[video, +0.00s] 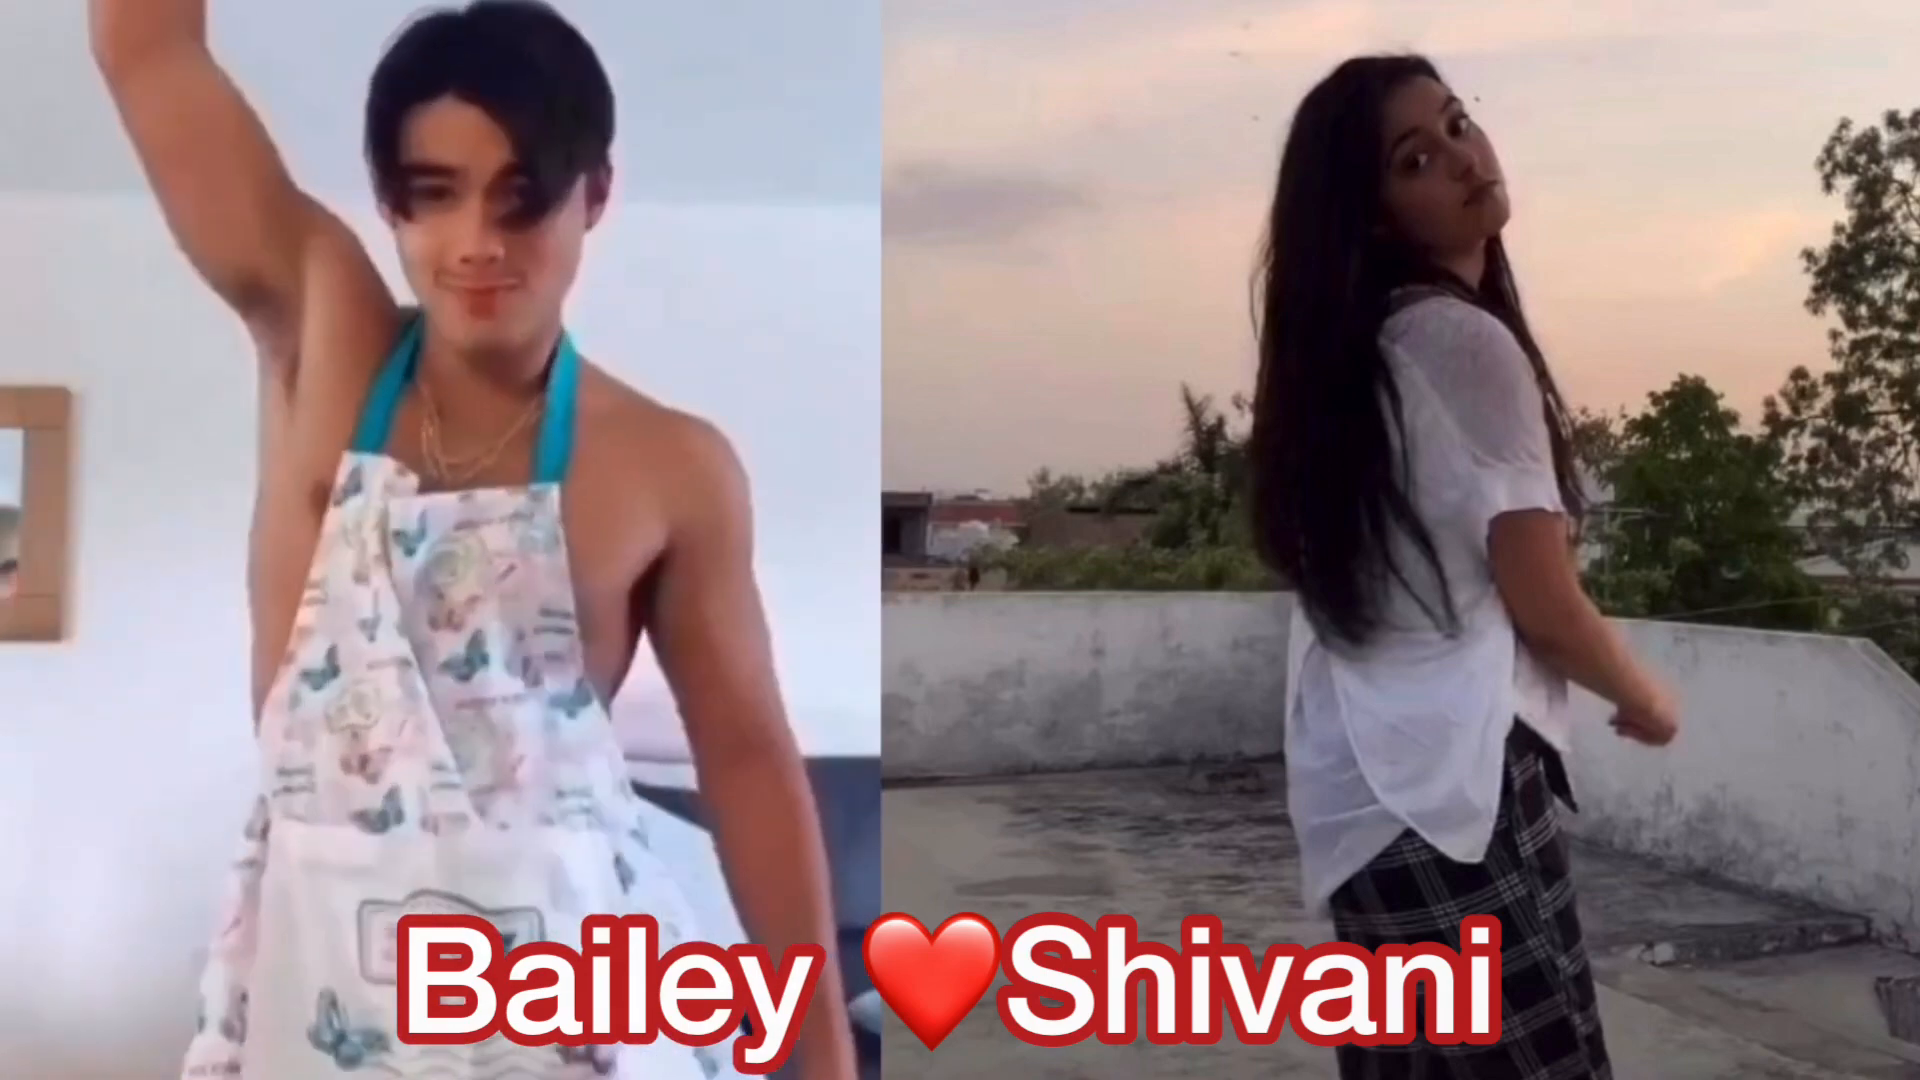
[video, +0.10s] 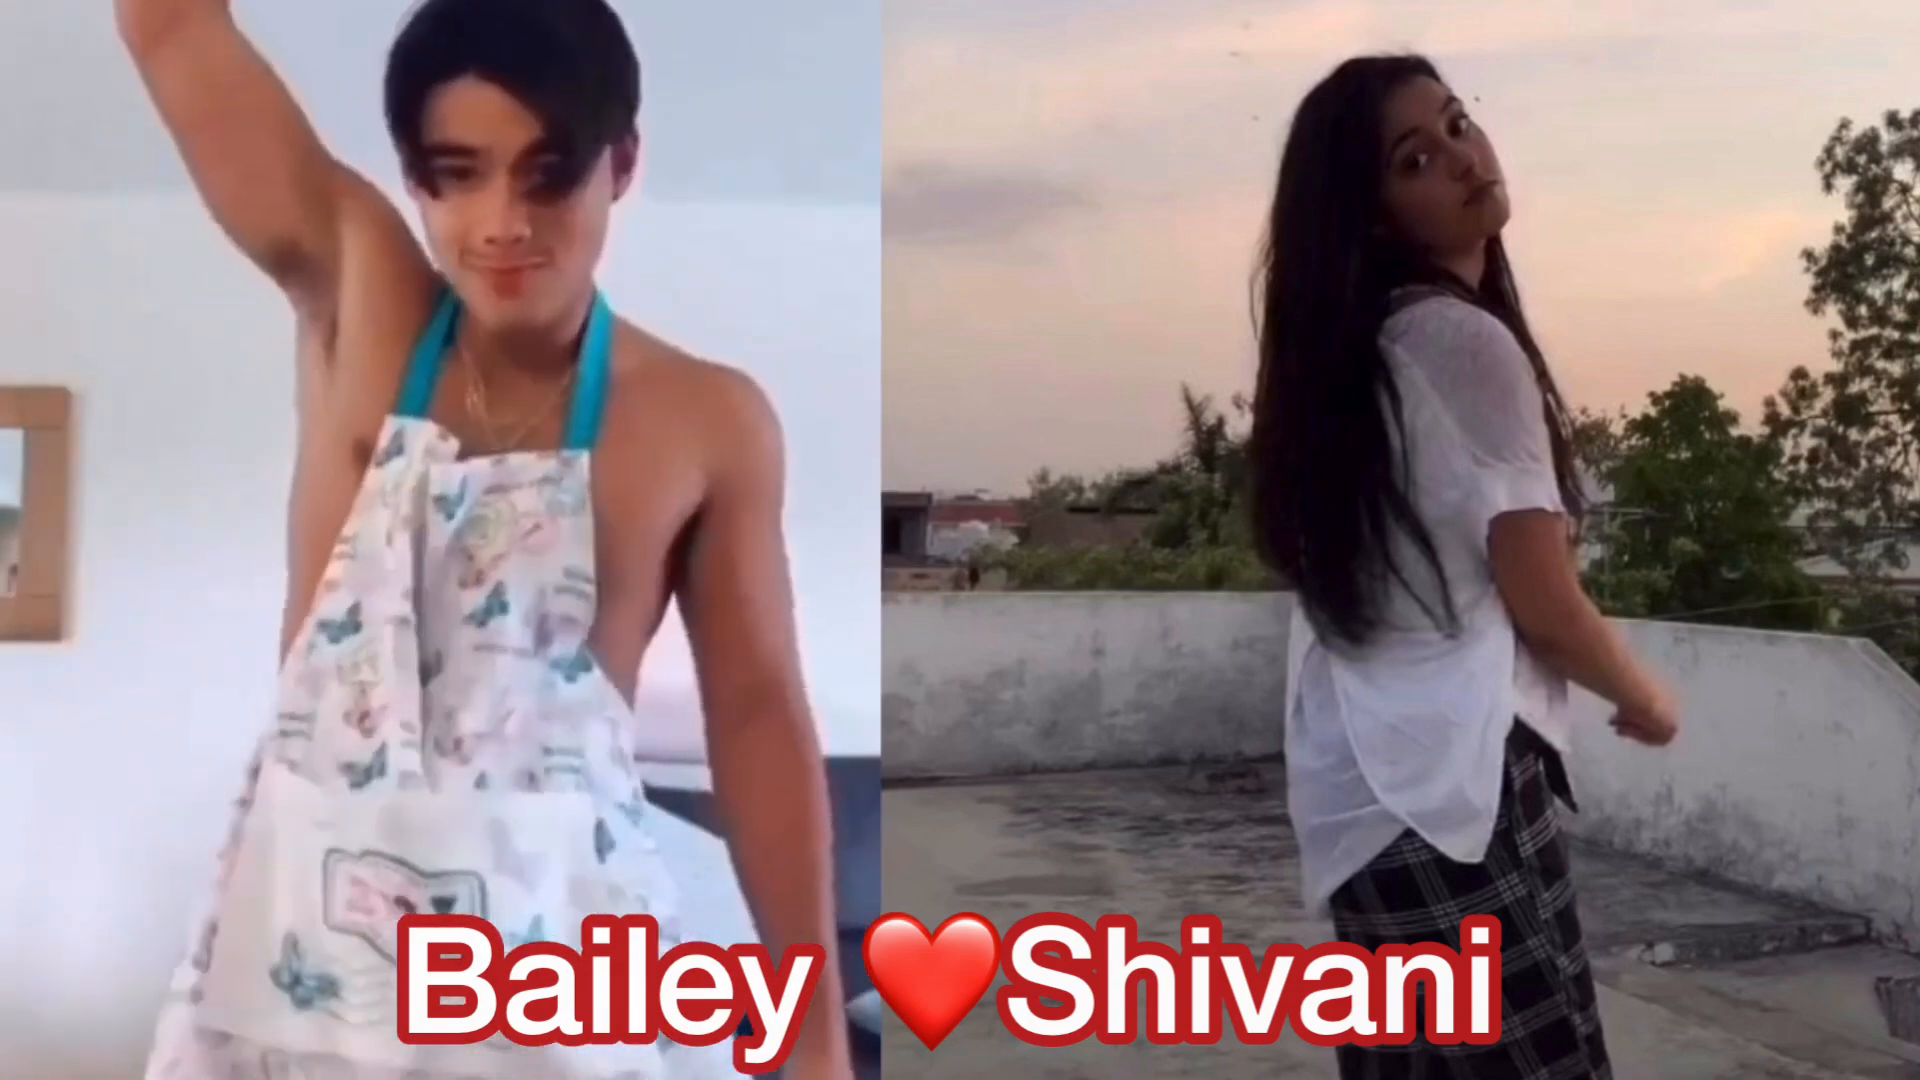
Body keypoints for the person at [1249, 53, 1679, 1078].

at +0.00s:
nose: (1466, 157)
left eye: (1459, 125)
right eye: (1417, 158)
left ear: (1480, 128)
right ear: (1371, 211)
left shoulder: (1356, 333)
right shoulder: (1465, 339)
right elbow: (1547, 605)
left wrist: (1562, 666)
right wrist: (1643, 696)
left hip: (1363, 784)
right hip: (1452, 790)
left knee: (1398, 1057)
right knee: (1545, 1057)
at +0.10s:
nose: (1466, 157)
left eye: (1459, 125)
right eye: (1417, 158)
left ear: (1480, 128)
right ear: (1371, 211)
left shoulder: (1356, 333)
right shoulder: (1465, 339)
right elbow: (1547, 605)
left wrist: (1562, 666)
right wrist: (1643, 696)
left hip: (1363, 784)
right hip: (1452, 790)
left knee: (1398, 1057)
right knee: (1545, 1057)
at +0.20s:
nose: (1466, 158)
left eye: (1459, 125)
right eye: (1417, 158)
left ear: (1480, 129)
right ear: (1370, 210)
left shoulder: (1356, 333)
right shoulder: (1465, 339)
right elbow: (1547, 606)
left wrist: (1564, 666)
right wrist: (1642, 696)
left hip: (1364, 785)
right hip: (1453, 790)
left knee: (1398, 1057)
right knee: (1545, 1056)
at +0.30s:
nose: (1466, 157)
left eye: (1459, 125)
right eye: (1417, 158)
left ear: (1480, 128)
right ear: (1371, 211)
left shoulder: (1356, 333)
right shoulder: (1465, 339)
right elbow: (1547, 605)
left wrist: (1562, 666)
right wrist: (1643, 696)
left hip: (1363, 784)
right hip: (1452, 790)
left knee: (1398, 1057)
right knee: (1545, 1057)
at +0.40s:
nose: (1466, 157)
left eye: (1459, 125)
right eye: (1417, 158)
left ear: (1480, 128)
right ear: (1370, 211)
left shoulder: (1353, 333)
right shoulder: (1465, 339)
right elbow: (1546, 604)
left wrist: (1560, 666)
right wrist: (1643, 697)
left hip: (1361, 783)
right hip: (1452, 789)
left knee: (1397, 1056)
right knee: (1545, 1056)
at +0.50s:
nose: (1466, 157)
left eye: (1459, 125)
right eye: (1417, 158)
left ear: (1480, 128)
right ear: (1370, 211)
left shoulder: (1353, 333)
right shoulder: (1465, 339)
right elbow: (1546, 604)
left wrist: (1560, 666)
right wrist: (1643, 697)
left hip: (1361, 783)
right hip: (1452, 789)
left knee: (1397, 1056)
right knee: (1545, 1056)